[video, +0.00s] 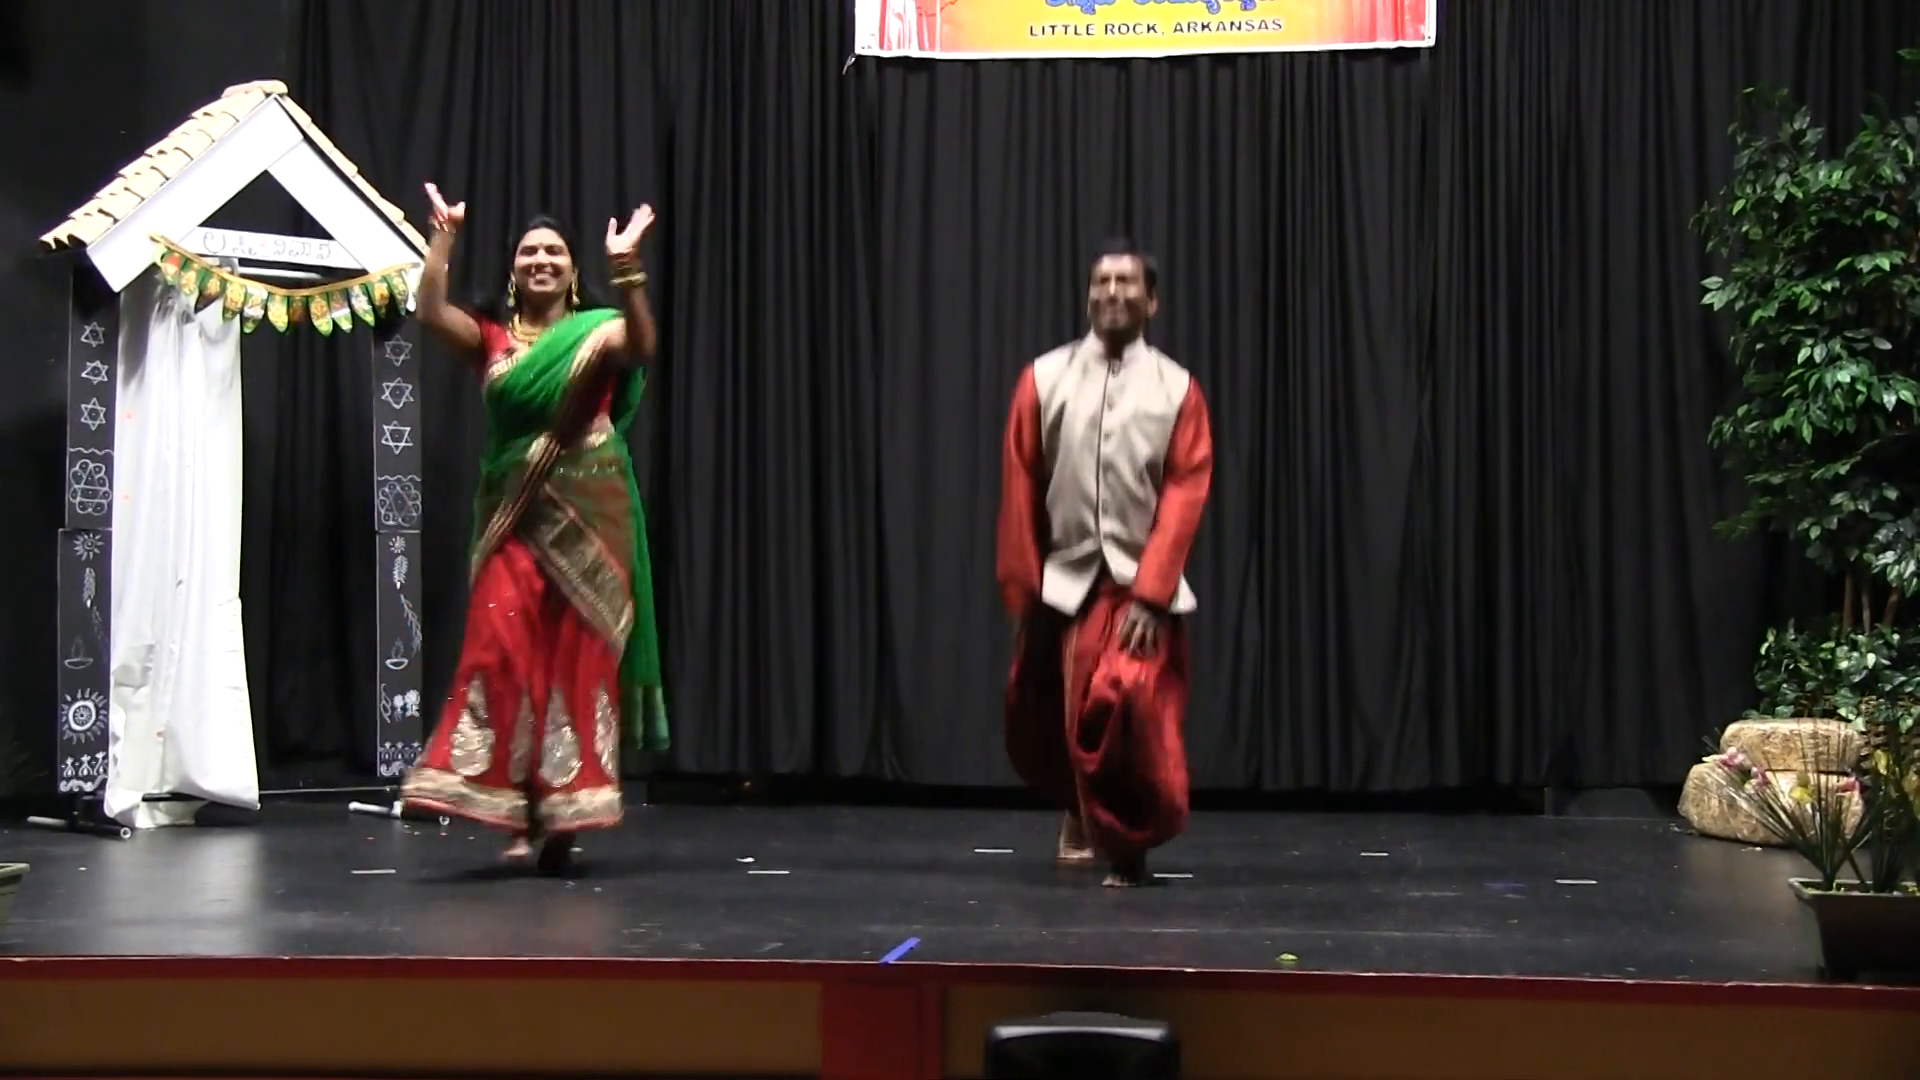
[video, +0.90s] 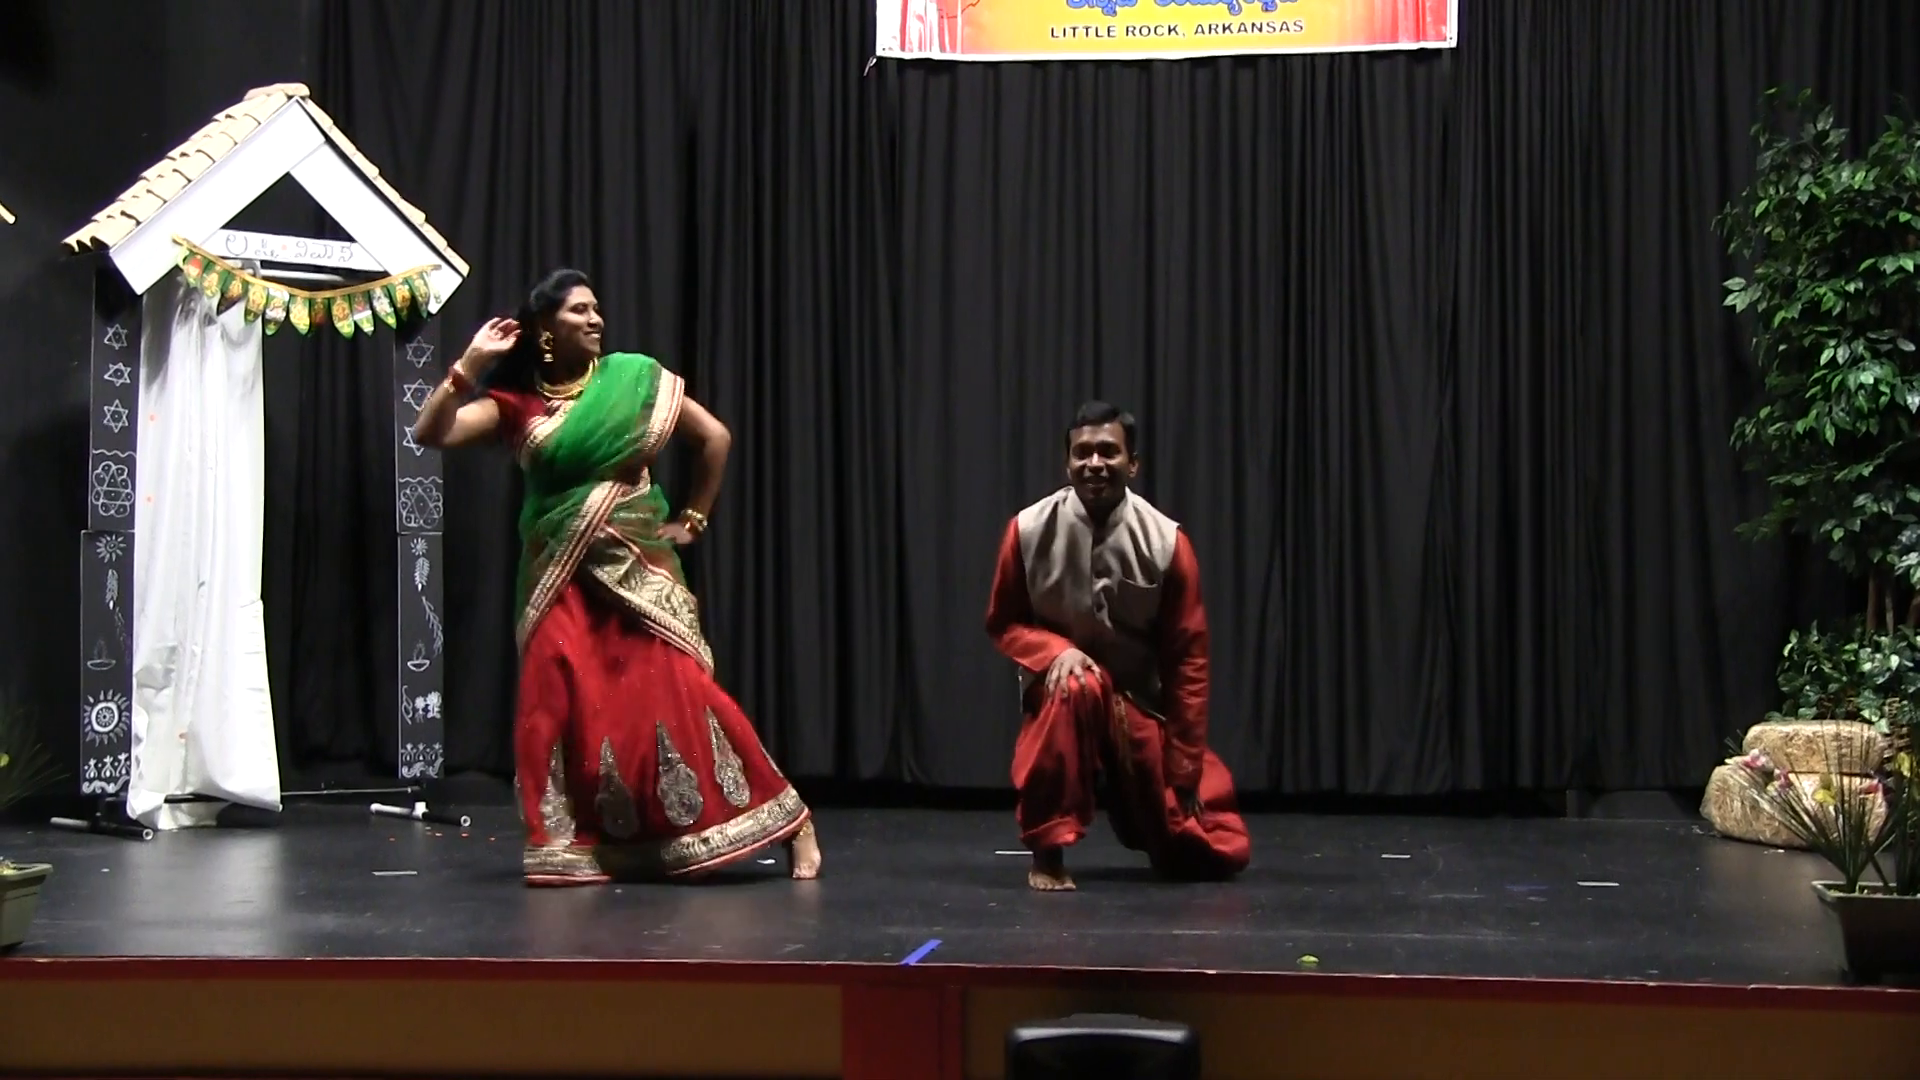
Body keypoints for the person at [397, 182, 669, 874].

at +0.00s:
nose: (540, 261)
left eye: (553, 254)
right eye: (528, 254)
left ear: (572, 274)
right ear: (512, 275)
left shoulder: (595, 330)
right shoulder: (493, 338)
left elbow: (640, 344)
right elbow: (432, 310)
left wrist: (627, 272)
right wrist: (444, 236)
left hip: (590, 509)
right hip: (515, 508)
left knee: (578, 655)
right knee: (500, 642)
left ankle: (563, 819)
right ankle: (522, 816)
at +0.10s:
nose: (544, 253)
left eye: (555, 245)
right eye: (531, 246)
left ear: (574, 264)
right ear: (513, 265)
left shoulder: (606, 320)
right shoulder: (489, 322)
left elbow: (694, 337)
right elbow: (402, 290)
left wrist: (674, 284)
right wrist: (429, 215)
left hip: (608, 493)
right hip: (529, 499)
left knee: (636, 637)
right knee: (544, 647)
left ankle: (667, 807)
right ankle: (557, 814)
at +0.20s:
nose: (551, 272)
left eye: (560, 264)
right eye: (538, 264)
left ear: (574, 279)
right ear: (512, 280)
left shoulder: (603, 333)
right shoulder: (486, 343)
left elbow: (699, 337)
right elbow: (393, 318)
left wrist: (693, 349)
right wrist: (436, 248)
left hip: (612, 518)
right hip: (530, 528)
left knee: (675, 642)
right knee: (545, 673)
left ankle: (759, 806)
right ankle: (563, 837)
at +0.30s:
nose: (561, 292)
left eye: (567, 283)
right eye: (545, 283)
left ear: (577, 296)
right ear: (514, 299)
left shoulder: (605, 348)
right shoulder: (491, 367)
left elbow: (698, 363)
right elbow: (392, 364)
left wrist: (706, 428)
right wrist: (444, 302)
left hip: (620, 533)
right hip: (539, 545)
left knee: (688, 668)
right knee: (545, 684)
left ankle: (779, 805)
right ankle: (581, 839)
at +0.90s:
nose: (595, 319)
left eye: (596, 310)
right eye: (579, 310)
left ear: (603, 321)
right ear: (544, 330)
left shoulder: (631, 381)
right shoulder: (517, 403)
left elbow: (715, 437)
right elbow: (430, 434)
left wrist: (692, 518)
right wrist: (466, 366)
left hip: (639, 557)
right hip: (559, 563)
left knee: (685, 689)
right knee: (555, 692)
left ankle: (794, 820)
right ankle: (567, 848)